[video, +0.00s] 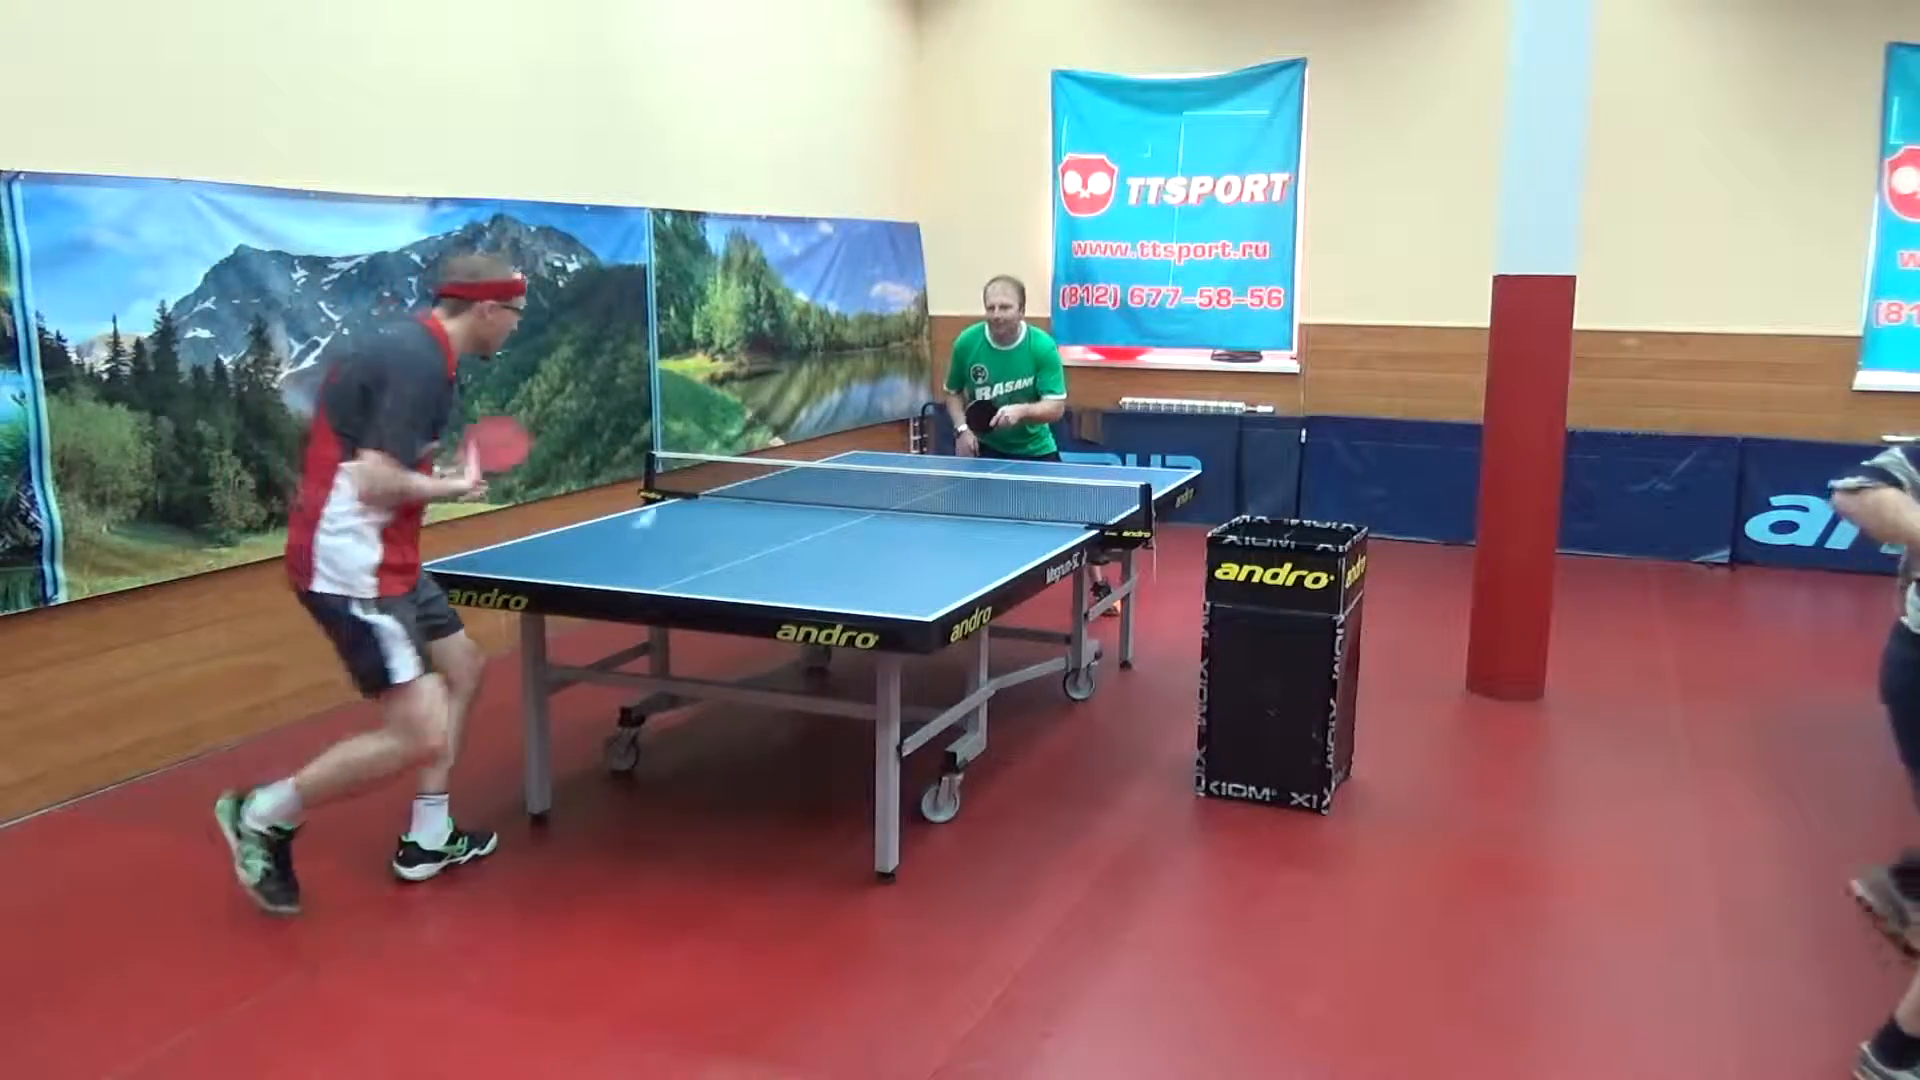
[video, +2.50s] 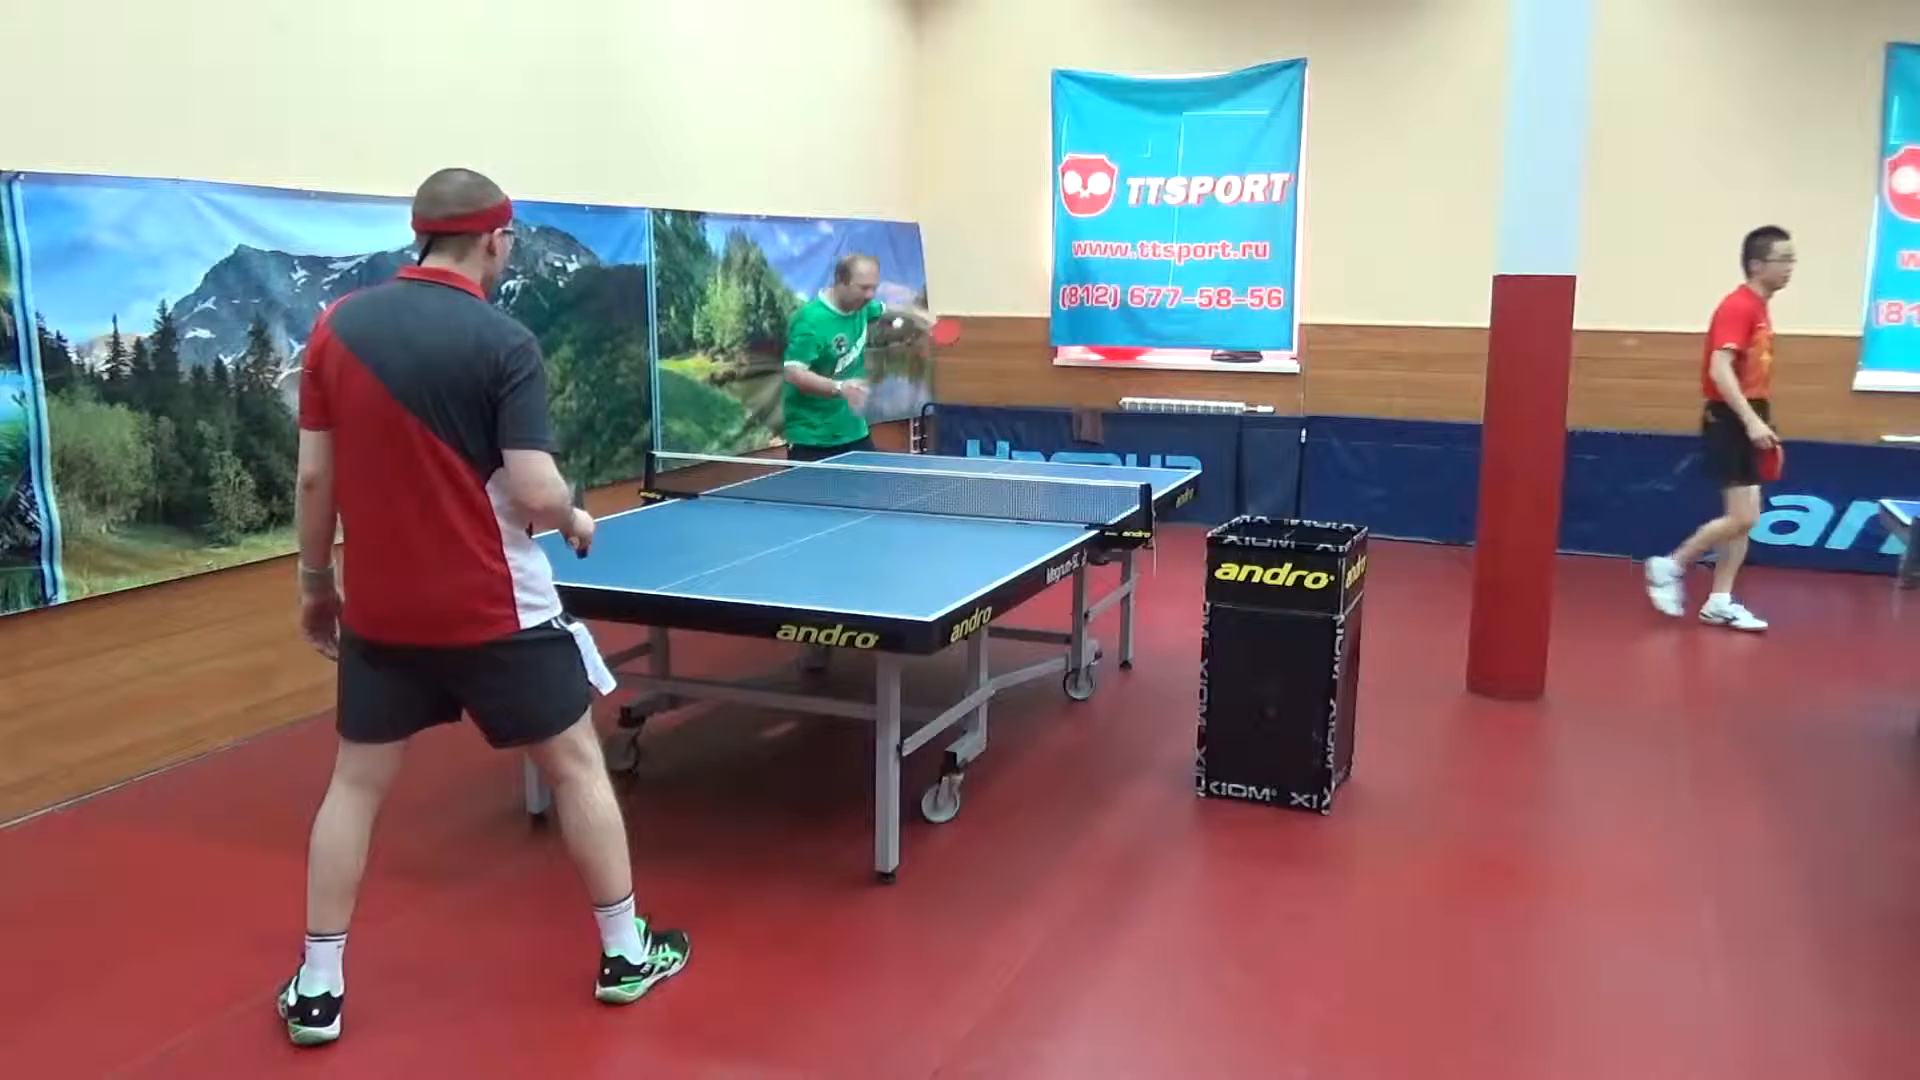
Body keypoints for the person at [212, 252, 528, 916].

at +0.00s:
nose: (514, 325)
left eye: (515, 313)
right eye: (510, 312)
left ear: (468, 306)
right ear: (478, 309)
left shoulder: (422, 353)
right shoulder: (415, 360)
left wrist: (442, 469)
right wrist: (457, 483)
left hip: (386, 562)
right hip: (346, 572)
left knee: (463, 665)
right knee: (419, 731)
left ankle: (429, 835)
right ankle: (260, 814)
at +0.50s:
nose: (594, 308)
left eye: (593, 296)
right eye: (596, 296)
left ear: (517, 285)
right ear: (580, 294)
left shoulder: (433, 345)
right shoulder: (553, 361)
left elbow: (374, 474)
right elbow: (577, 503)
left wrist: (416, 537)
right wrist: (603, 508)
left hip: (412, 582)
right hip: (503, 589)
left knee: (425, 708)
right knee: (591, 748)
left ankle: (404, 857)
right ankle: (565, 951)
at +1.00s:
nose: (528, 349)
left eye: (528, 338)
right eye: (530, 338)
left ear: (457, 320)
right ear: (520, 335)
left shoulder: (404, 374)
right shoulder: (519, 402)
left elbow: (356, 506)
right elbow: (451, 482)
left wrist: (270, 626)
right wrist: (339, 497)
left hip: (394, 629)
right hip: (508, 630)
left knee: (364, 734)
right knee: (594, 762)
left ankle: (311, 905)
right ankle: (569, 949)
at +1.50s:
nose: (350, 284)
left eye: (346, 272)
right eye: (349, 273)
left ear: (265, 271)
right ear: (337, 273)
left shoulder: (199, 339)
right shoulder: (373, 356)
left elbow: (171, 480)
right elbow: (417, 494)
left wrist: (153, 588)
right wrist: (451, 599)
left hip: (254, 584)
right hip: (367, 574)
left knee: (273, 736)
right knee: (449, 747)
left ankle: (280, 918)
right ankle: (506, 943)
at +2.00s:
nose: (504, 248)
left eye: (498, 234)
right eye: (502, 235)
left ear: (412, 236)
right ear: (487, 236)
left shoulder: (333, 327)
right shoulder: (498, 342)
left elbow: (314, 476)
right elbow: (528, 491)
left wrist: (319, 578)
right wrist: (570, 518)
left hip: (382, 606)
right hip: (496, 608)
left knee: (356, 783)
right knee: (576, 762)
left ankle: (316, 986)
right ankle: (626, 950)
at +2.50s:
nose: (509, 253)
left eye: (503, 239)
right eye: (509, 240)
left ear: (420, 237)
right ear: (494, 238)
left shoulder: (338, 326)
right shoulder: (503, 341)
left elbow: (314, 475)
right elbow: (531, 492)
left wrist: (315, 579)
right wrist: (570, 518)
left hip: (380, 606)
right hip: (496, 607)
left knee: (356, 784)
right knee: (576, 765)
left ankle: (316, 988)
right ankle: (626, 949)